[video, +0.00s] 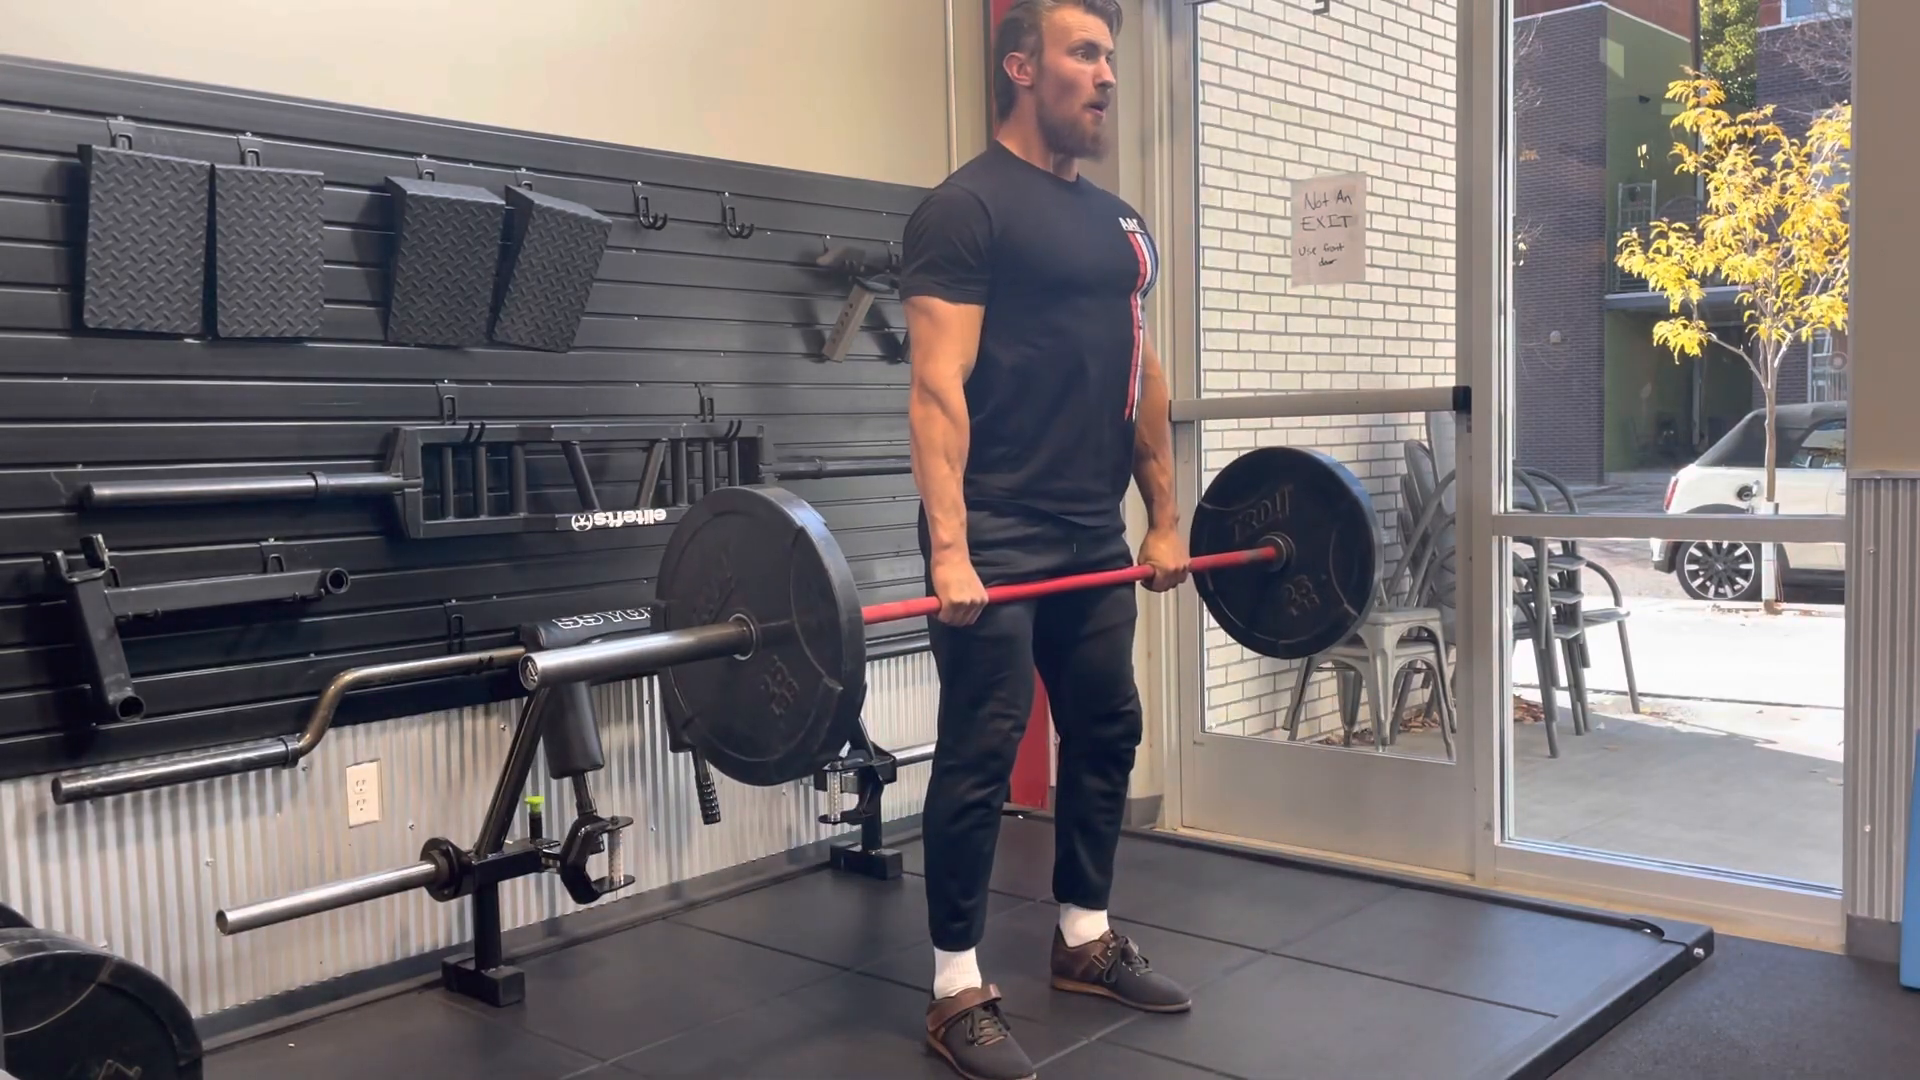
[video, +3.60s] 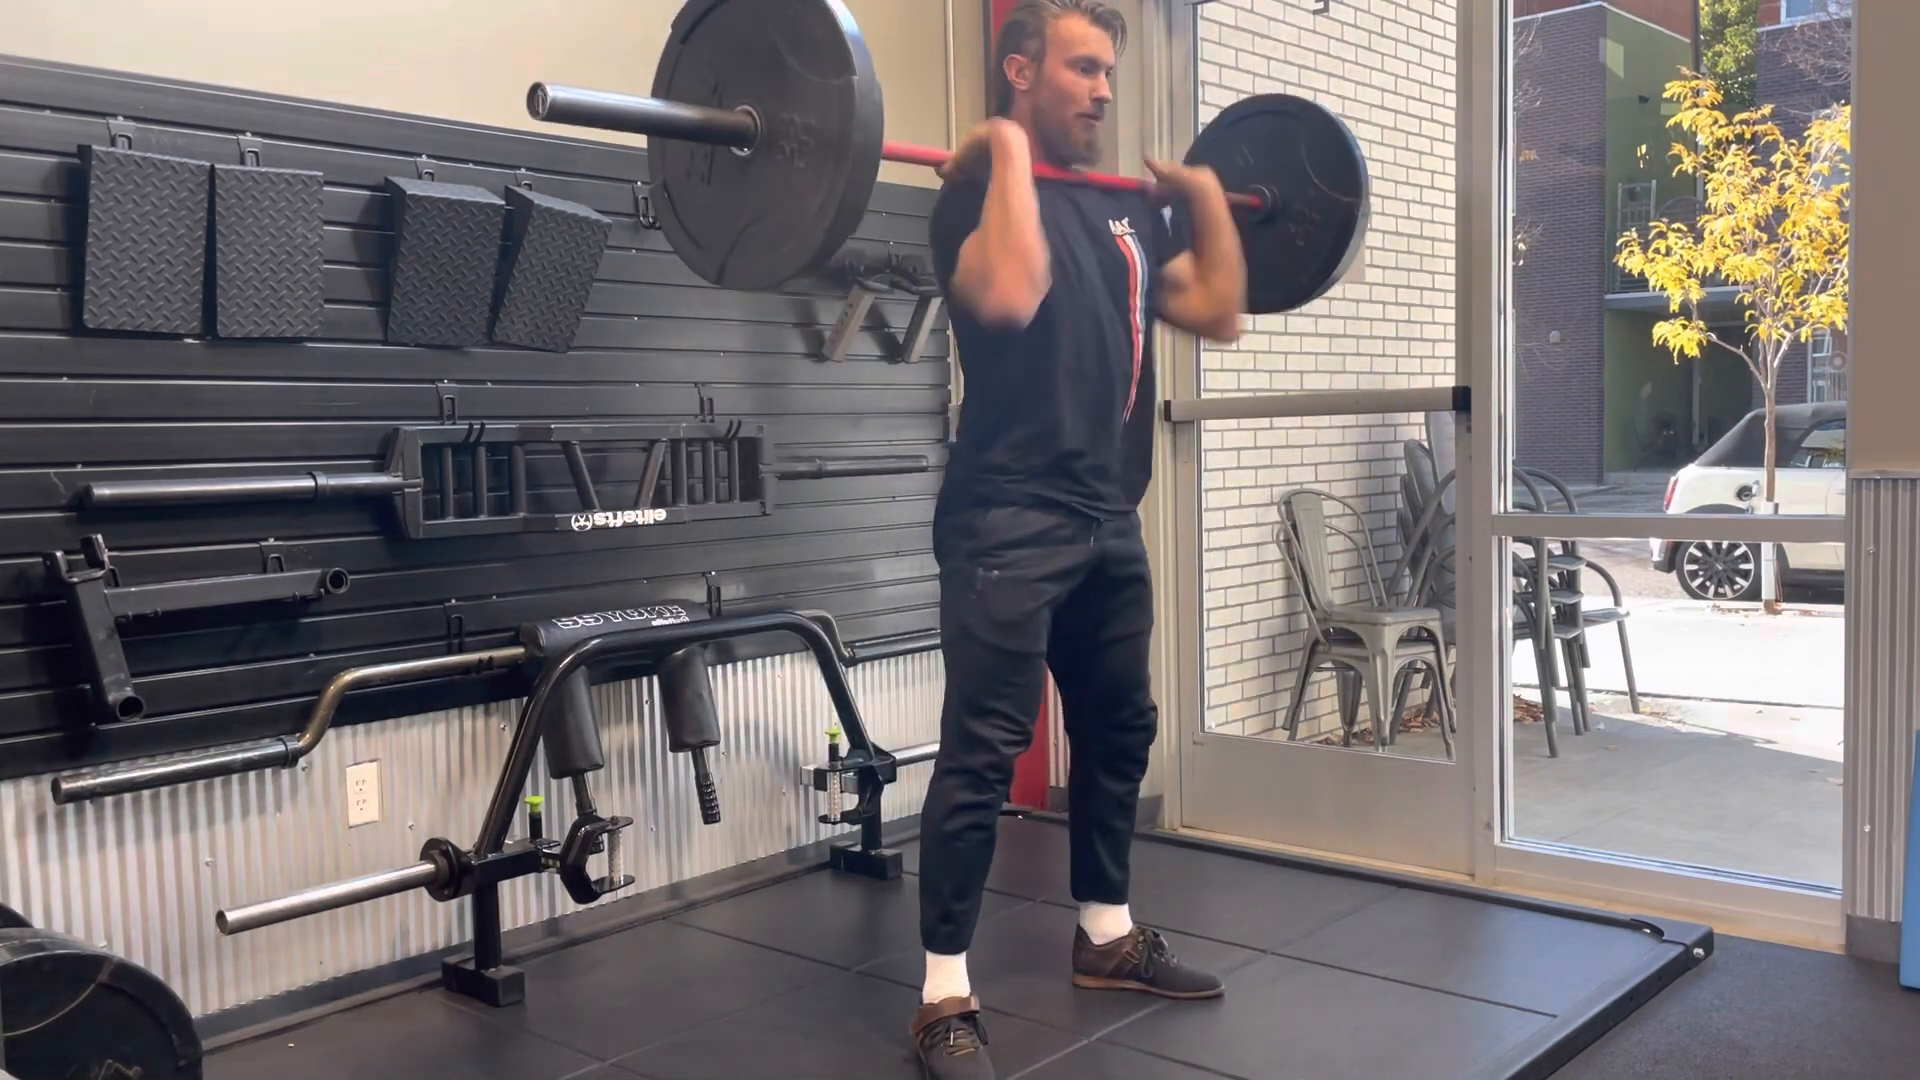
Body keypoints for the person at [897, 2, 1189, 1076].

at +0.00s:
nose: (1108, 76)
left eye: (1111, 59)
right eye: (1087, 54)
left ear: (1101, 79)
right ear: (1019, 69)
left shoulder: (1119, 222)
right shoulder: (962, 207)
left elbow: (1140, 373)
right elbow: (936, 392)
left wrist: (1164, 516)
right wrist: (947, 547)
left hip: (1091, 527)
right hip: (988, 531)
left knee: (1104, 732)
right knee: (982, 749)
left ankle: (1084, 939)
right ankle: (957, 986)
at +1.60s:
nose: (1123, 171)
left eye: (1125, 154)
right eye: (1101, 151)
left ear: (1112, 174)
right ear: (1034, 167)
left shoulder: (1107, 307)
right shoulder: (954, 299)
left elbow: (1099, 446)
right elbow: (884, 450)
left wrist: (1194, 427)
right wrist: (979, 446)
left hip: (1056, 581)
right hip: (948, 582)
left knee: (1170, 732)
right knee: (996, 771)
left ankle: (1110, 939)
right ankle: (944, 1003)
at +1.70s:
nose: (1132, 240)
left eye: (1133, 223)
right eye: (1108, 222)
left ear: (1130, 245)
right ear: (1044, 243)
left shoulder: (1117, 383)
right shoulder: (971, 378)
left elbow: (1121, 527)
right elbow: (931, 556)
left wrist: (1197, 453)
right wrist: (1017, 458)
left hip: (1053, 633)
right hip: (942, 632)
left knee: (1200, 747)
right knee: (993, 796)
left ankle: (1113, 937)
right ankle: (944, 1000)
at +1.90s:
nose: (1117, 374)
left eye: (1120, 357)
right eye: (1096, 355)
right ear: (1033, 366)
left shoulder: (1137, 496)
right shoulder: (989, 500)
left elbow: (1274, 562)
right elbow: (1060, 575)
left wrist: (1220, 449)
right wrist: (1040, 436)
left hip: (1050, 726)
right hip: (934, 729)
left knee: (1214, 754)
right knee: (999, 824)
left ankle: (1114, 938)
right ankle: (948, 1002)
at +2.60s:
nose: (1116, 291)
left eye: (1121, 275)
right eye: (1096, 273)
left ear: (1120, 287)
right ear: (1034, 281)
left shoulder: (1134, 403)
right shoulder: (991, 391)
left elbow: (1282, 451)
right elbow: (1054, 458)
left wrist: (1201, 344)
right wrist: (1036, 324)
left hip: (1061, 662)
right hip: (951, 664)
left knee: (1216, 752)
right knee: (996, 816)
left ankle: (1114, 937)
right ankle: (948, 999)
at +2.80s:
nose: (1108, 172)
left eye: (1114, 154)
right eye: (1087, 151)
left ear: (1111, 174)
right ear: (1023, 161)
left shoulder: (1137, 287)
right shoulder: (982, 278)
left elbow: (1280, 326)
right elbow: (1052, 308)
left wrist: (1190, 226)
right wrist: (1020, 193)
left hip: (1074, 581)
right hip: (966, 586)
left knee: (1193, 739)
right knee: (999, 778)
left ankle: (1111, 938)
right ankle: (947, 998)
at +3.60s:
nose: (1104, 87)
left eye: (1110, 71)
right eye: (1085, 67)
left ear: (1110, 88)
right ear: (1020, 72)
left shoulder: (1124, 207)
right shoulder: (977, 192)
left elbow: (1217, 313)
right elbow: (1008, 297)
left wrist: (1204, 194)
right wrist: (1008, 147)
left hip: (1108, 519)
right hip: (1005, 516)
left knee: (1116, 732)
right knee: (985, 746)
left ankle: (1104, 936)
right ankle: (945, 993)